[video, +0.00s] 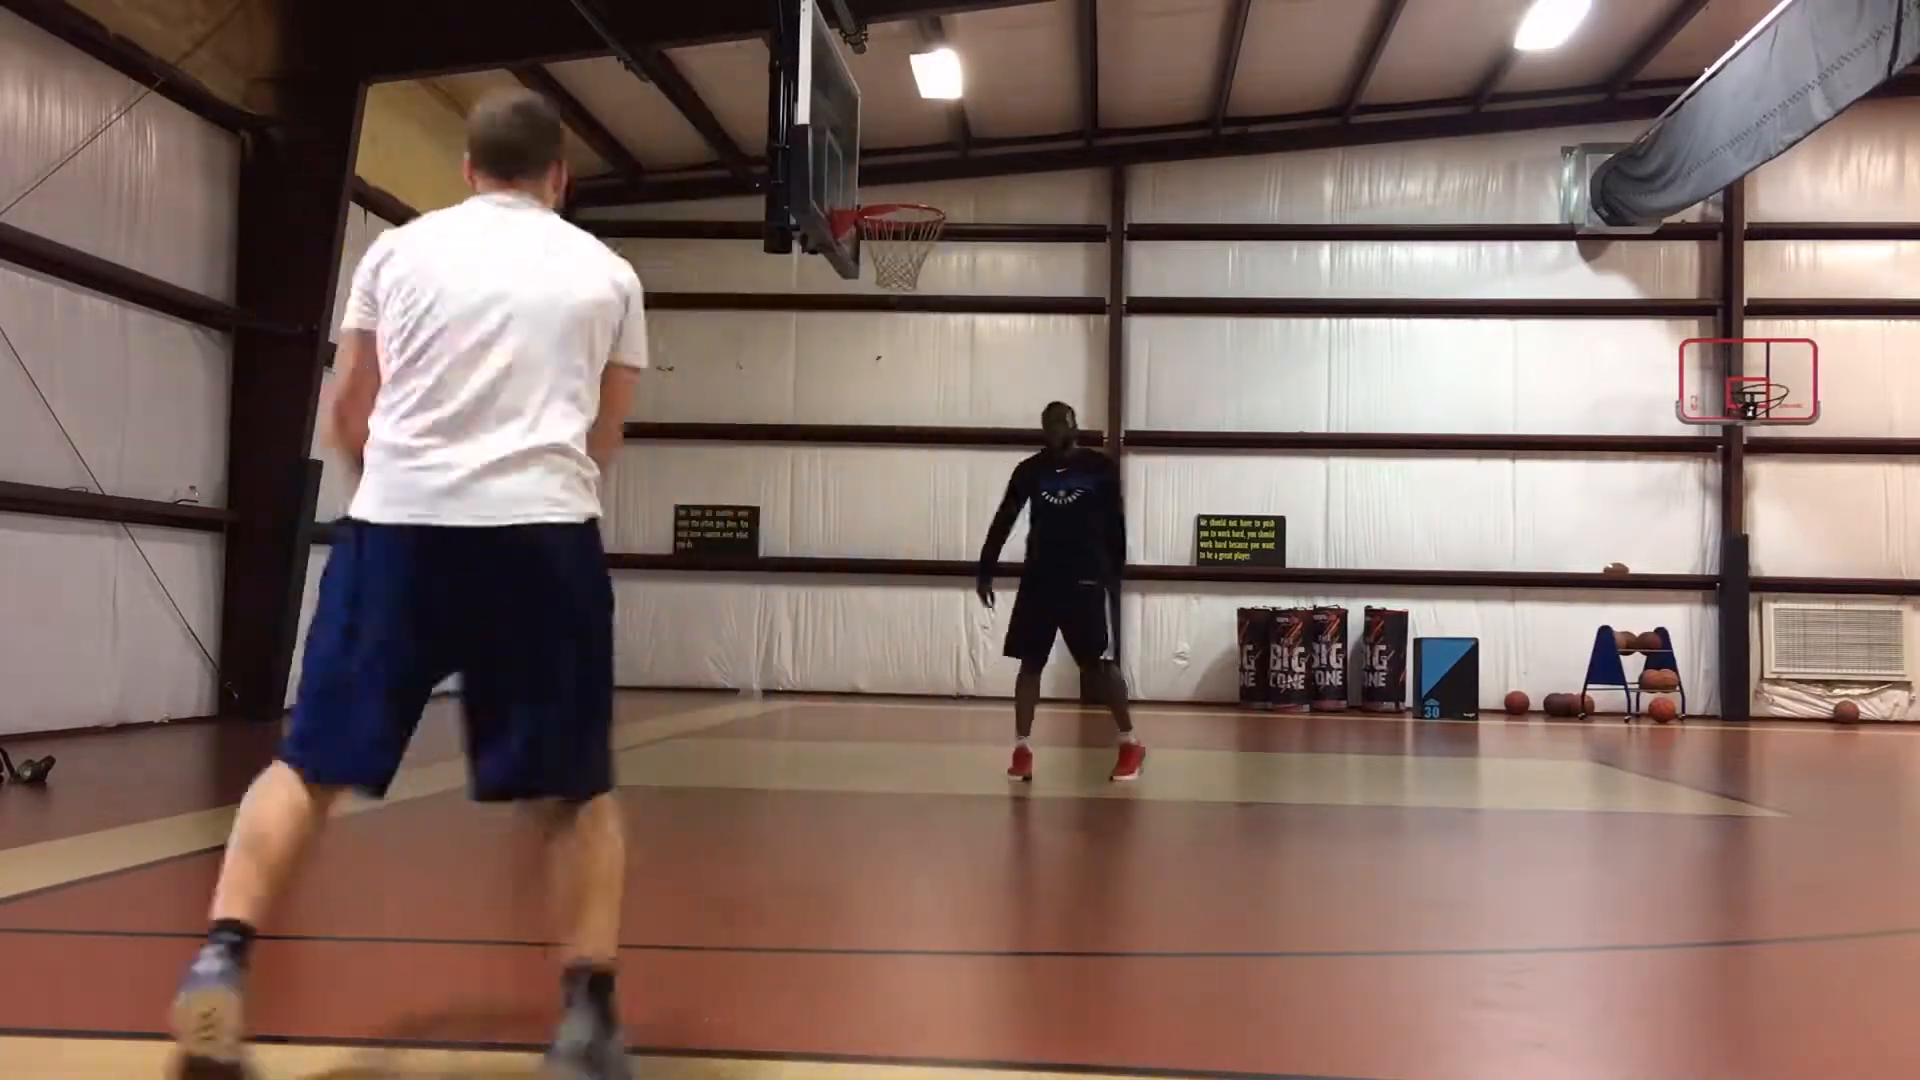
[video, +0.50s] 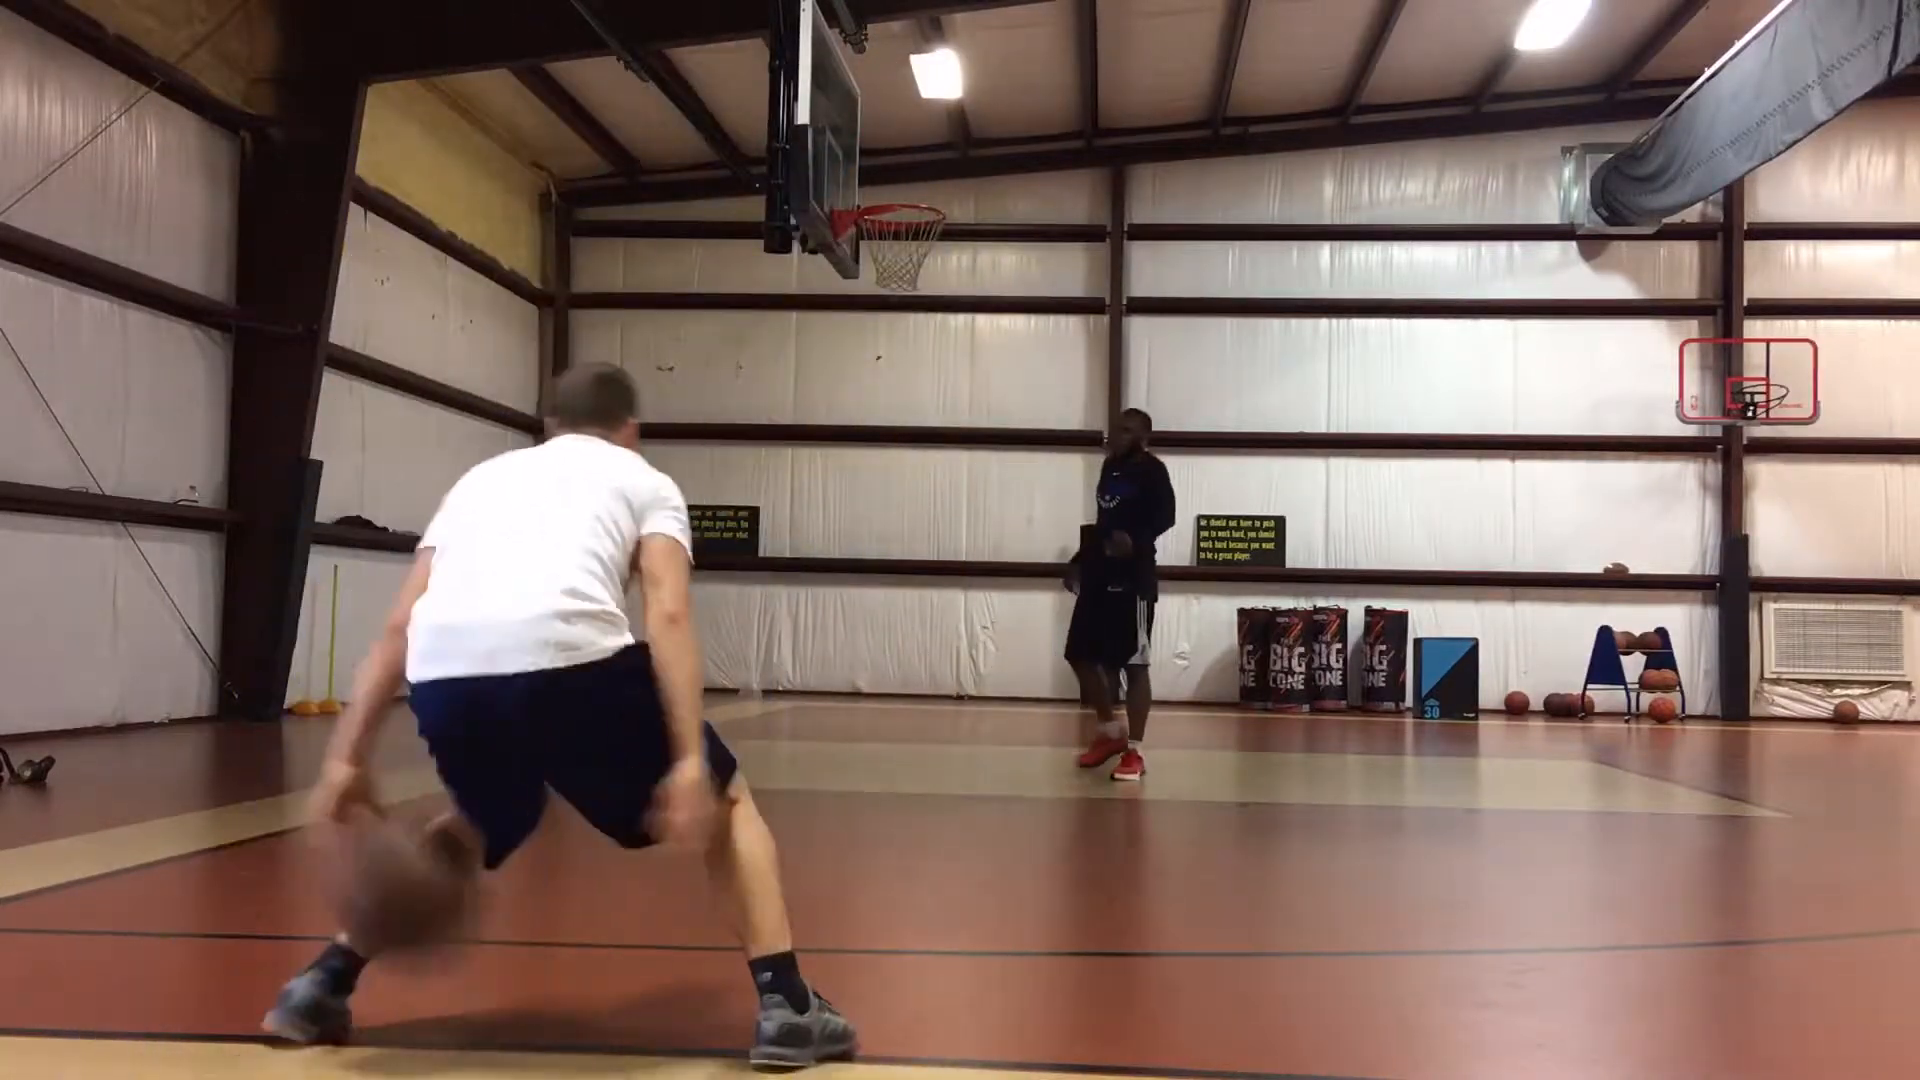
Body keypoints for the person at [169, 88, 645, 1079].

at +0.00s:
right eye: (567, 175)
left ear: (464, 173)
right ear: (560, 177)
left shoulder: (396, 252)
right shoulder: (608, 275)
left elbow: (347, 421)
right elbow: (605, 441)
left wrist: (410, 490)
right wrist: (534, 499)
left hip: (396, 537)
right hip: (545, 544)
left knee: (307, 761)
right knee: (582, 785)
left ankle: (219, 964)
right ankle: (588, 1015)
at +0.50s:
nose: (640, 446)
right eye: (639, 433)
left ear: (549, 425)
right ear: (629, 430)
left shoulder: (475, 481)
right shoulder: (644, 481)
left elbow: (403, 624)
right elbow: (669, 615)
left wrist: (346, 758)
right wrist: (691, 762)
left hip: (446, 680)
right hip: (579, 666)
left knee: (479, 814)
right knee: (728, 797)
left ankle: (327, 978)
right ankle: (785, 1000)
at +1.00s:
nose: (616, 302)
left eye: (608, 292)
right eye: (618, 292)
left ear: (528, 279)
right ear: (606, 291)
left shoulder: (447, 330)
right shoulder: (631, 380)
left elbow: (333, 435)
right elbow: (603, 543)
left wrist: (349, 491)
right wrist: (526, 534)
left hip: (402, 563)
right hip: (519, 570)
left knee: (403, 767)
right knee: (527, 798)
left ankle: (305, 957)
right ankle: (523, 1040)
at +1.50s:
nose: (568, 228)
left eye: (561, 218)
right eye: (563, 213)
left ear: (480, 219)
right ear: (553, 223)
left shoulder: (450, 285)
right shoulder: (559, 294)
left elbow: (509, 236)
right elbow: (676, 286)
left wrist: (552, 168)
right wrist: (631, 188)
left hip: (399, 545)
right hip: (499, 545)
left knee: (399, 761)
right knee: (540, 760)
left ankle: (315, 947)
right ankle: (495, 957)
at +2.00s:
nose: (598, 234)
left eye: (572, 225)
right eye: (593, 225)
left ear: (523, 237)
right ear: (590, 237)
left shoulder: (504, 296)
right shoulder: (609, 307)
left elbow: (531, 213)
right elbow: (682, 233)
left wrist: (551, 145)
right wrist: (651, 153)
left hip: (499, 563)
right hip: (585, 568)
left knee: (524, 757)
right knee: (616, 773)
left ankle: (477, 917)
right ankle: (560, 955)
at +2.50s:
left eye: (645, 229)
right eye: (717, 228)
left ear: (646, 234)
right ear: (723, 237)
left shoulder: (611, 289)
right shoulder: (753, 338)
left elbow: (560, 186)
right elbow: (829, 439)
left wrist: (534, 98)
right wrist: (792, 406)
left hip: (591, 553)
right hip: (695, 563)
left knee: (555, 739)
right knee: (716, 762)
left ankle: (508, 911)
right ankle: (722, 949)